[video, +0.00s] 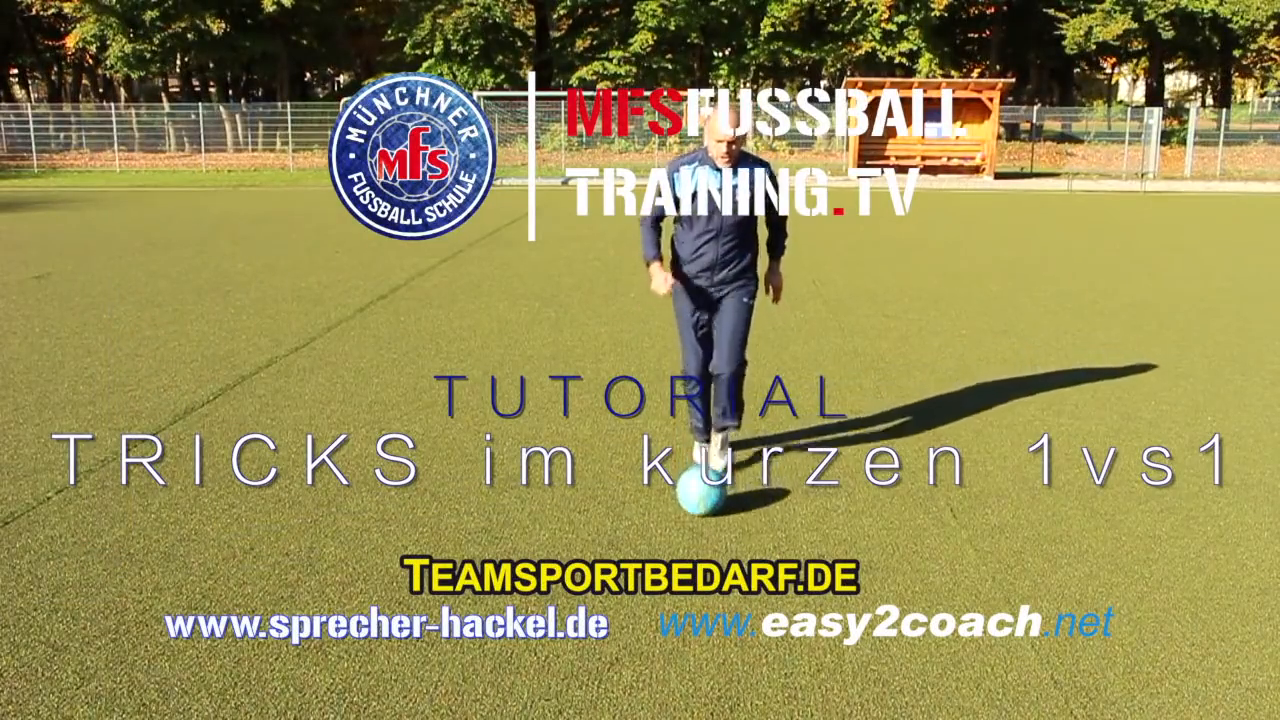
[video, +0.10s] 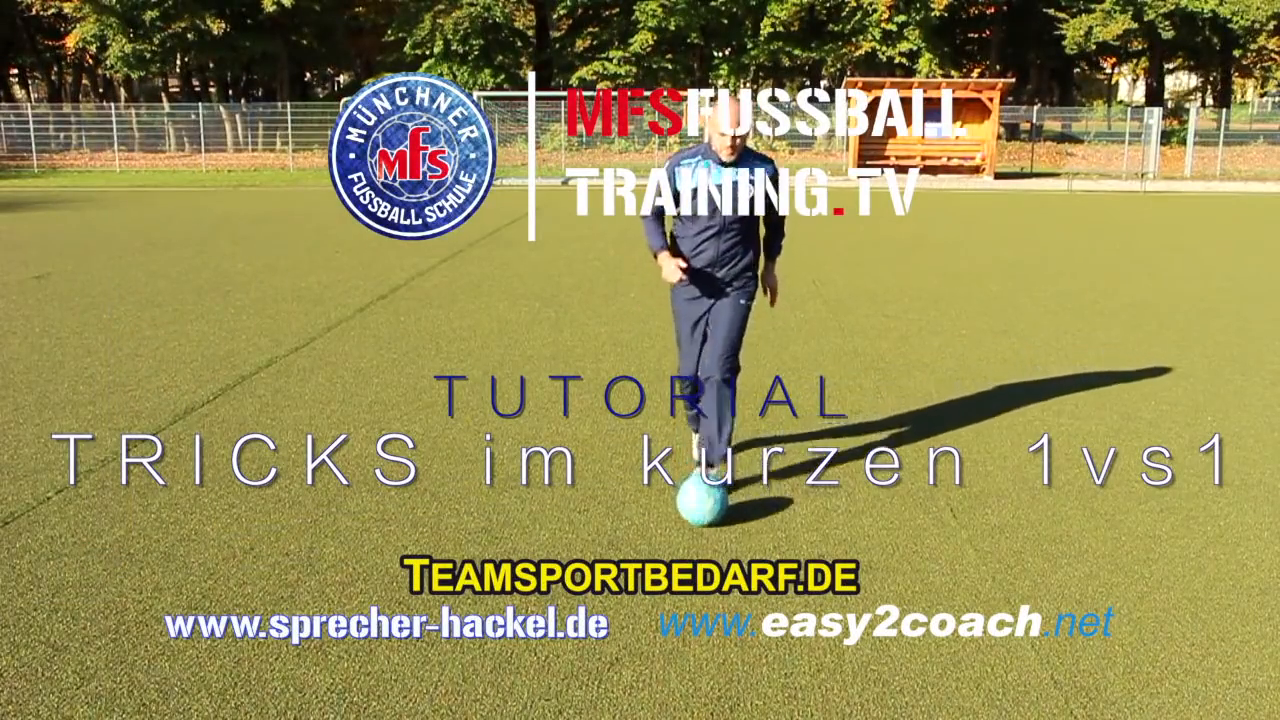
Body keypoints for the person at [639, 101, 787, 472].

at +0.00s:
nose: (728, 149)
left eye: (735, 141)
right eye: (721, 141)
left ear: (744, 137)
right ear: (705, 134)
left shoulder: (760, 173)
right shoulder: (676, 172)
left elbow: (776, 220)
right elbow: (651, 219)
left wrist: (774, 265)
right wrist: (654, 265)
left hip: (737, 283)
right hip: (689, 284)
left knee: (728, 365)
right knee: (696, 367)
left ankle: (722, 436)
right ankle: (700, 440)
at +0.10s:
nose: (733, 142)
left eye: (740, 134)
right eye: (726, 134)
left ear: (749, 131)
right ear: (708, 127)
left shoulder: (763, 170)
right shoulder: (677, 168)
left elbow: (774, 221)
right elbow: (652, 213)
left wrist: (770, 266)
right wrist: (662, 255)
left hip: (736, 284)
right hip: (689, 283)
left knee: (718, 369)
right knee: (691, 372)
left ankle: (716, 458)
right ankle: (700, 428)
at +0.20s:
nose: (736, 147)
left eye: (744, 139)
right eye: (728, 138)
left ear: (753, 137)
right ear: (711, 134)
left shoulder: (764, 183)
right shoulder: (681, 177)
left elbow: (778, 243)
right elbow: (654, 227)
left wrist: (777, 302)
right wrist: (655, 277)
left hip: (733, 306)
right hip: (685, 303)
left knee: (715, 396)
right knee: (682, 397)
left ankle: (697, 478)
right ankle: (691, 431)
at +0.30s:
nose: (742, 150)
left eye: (749, 142)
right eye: (734, 142)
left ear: (758, 142)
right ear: (717, 141)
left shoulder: (765, 191)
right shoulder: (688, 183)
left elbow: (786, 248)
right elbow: (655, 231)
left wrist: (794, 295)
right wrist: (645, 269)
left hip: (736, 312)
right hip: (686, 309)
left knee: (719, 407)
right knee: (676, 402)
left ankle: (694, 486)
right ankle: (681, 446)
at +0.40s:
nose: (743, 145)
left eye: (750, 136)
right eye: (734, 137)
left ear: (760, 135)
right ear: (718, 135)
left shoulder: (774, 184)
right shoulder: (693, 177)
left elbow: (805, 247)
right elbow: (655, 217)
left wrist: (812, 240)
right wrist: (645, 228)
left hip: (740, 309)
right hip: (688, 302)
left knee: (723, 409)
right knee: (680, 386)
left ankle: (697, 484)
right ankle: (672, 455)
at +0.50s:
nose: (742, 138)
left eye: (749, 129)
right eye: (733, 130)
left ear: (760, 128)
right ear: (719, 127)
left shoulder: (780, 173)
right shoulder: (699, 168)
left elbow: (825, 222)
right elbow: (643, 210)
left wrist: (817, 182)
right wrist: (644, 193)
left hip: (746, 302)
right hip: (694, 291)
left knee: (724, 400)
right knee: (682, 370)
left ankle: (697, 482)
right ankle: (673, 449)